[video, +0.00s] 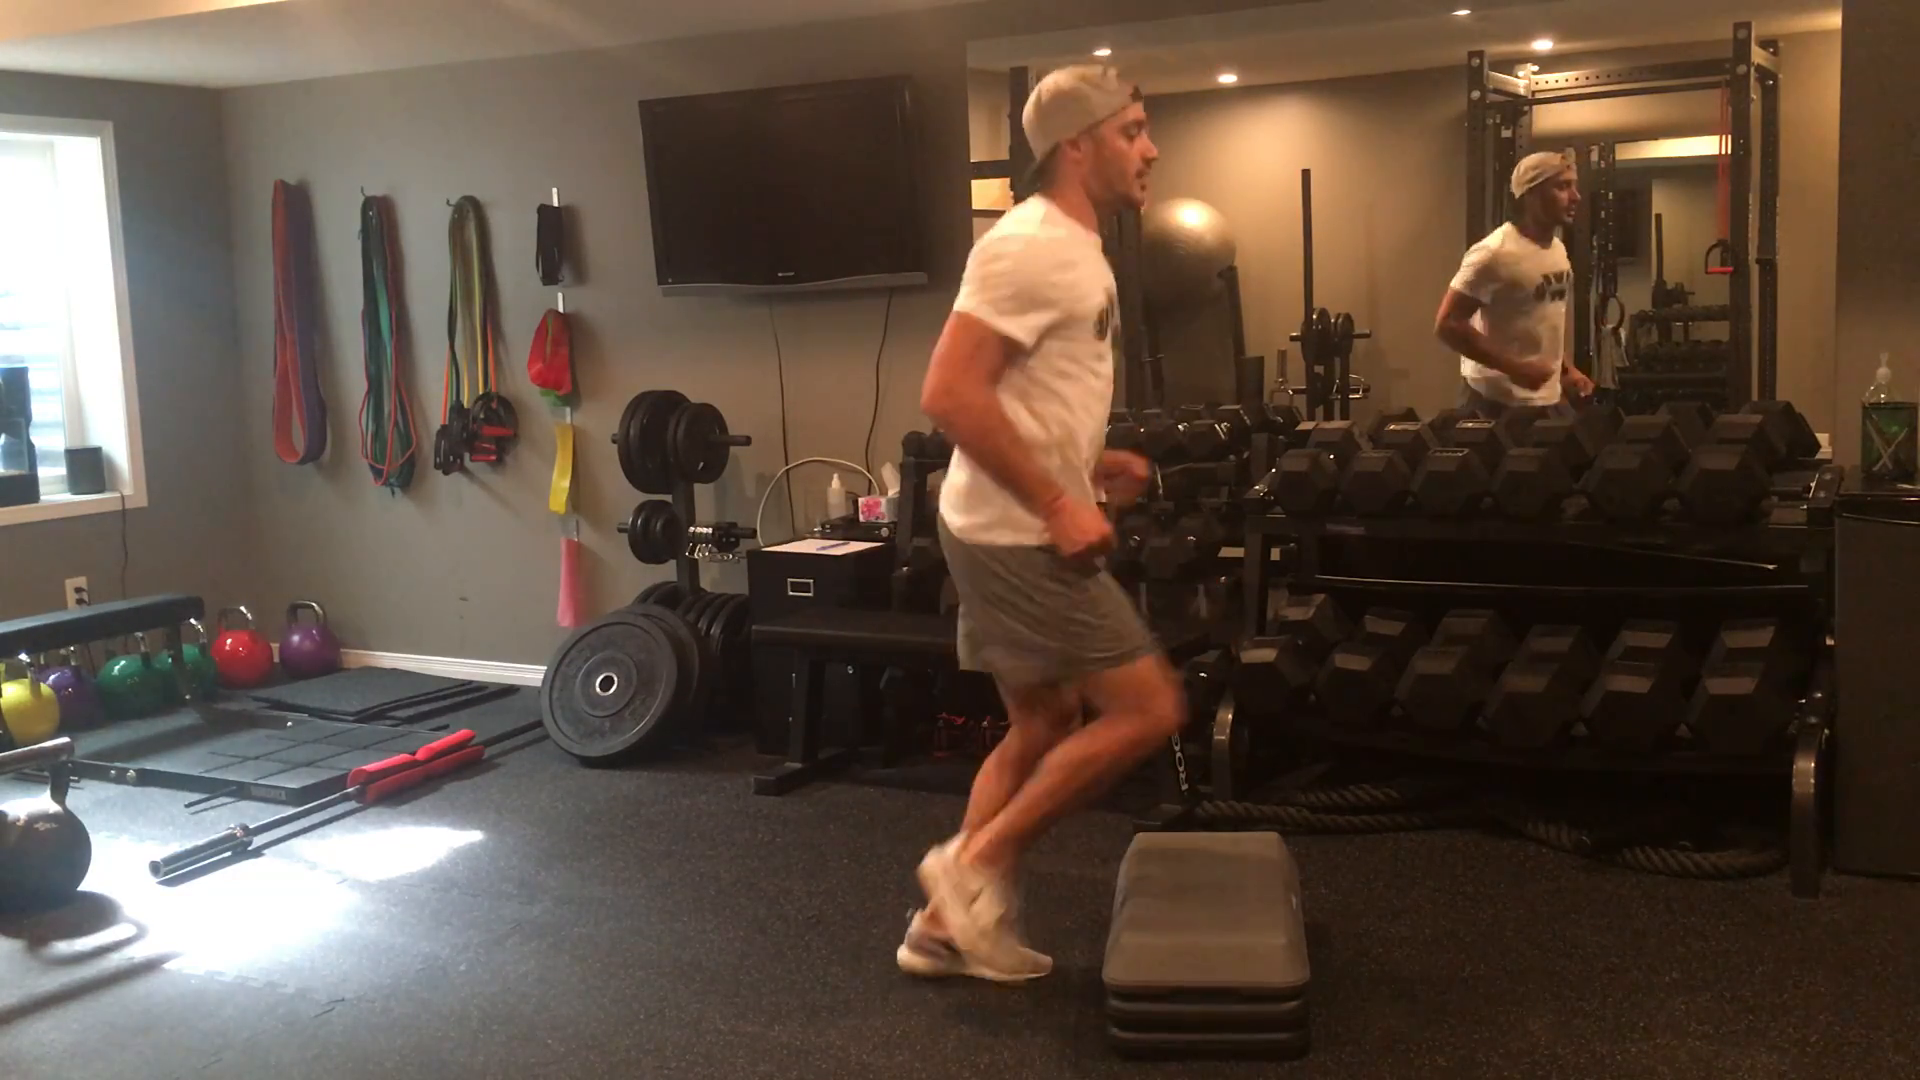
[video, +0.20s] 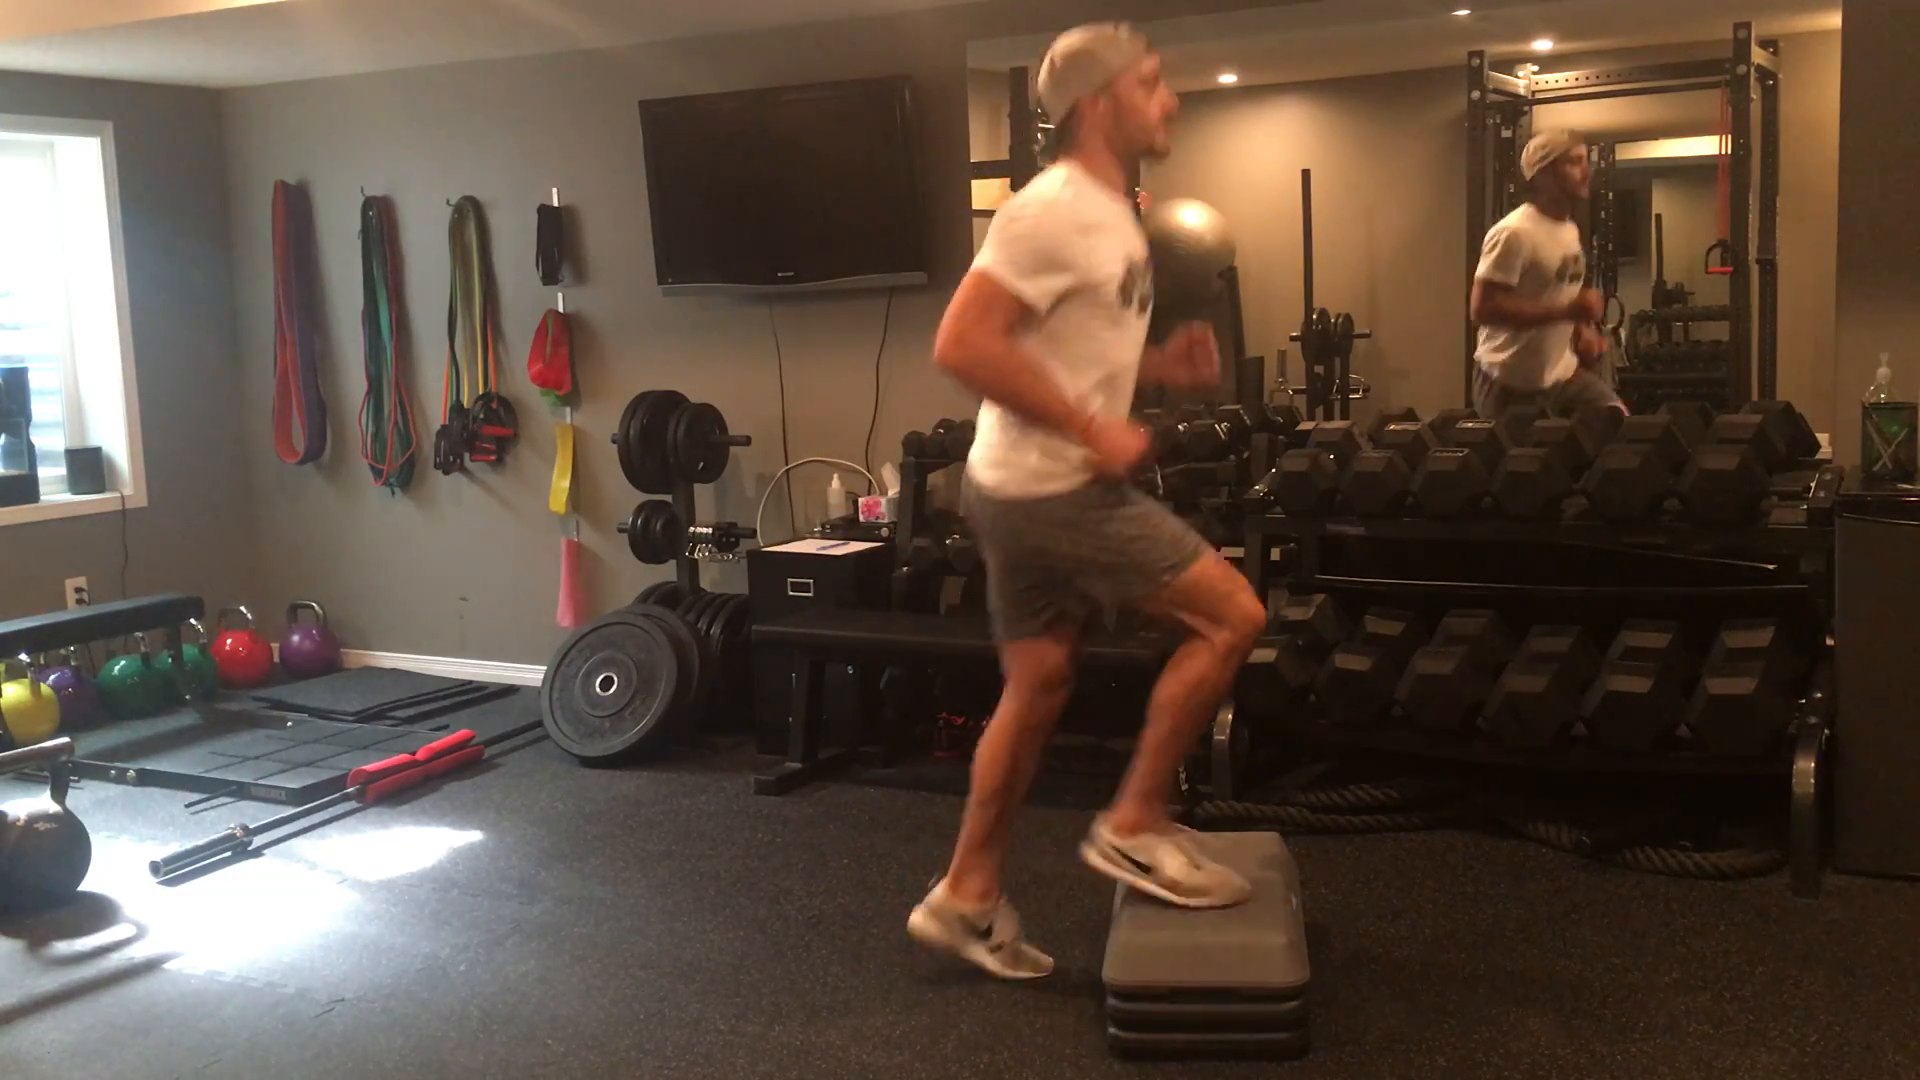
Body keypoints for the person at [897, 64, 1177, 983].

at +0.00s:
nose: (1148, 149)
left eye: (1145, 131)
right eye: (1132, 133)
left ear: (1083, 150)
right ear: (1078, 147)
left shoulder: (1070, 248)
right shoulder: (1031, 244)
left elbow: (1004, 399)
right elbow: (951, 393)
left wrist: (1090, 459)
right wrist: (1056, 503)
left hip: (1014, 524)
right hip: (1011, 526)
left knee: (1042, 726)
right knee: (1147, 706)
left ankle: (945, 921)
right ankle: (974, 862)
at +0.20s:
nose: (1169, 100)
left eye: (1162, 83)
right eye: (1151, 84)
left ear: (1105, 108)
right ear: (1098, 106)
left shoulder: (1108, 212)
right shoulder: (1052, 206)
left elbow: (1058, 348)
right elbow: (963, 340)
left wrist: (1152, 363)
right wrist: (1088, 423)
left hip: (1023, 488)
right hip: (1046, 489)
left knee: (1036, 680)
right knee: (1231, 617)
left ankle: (964, 895)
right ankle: (1135, 822)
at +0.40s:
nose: (1195, 56)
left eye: (1190, 37)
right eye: (1176, 37)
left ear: (1125, 62)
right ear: (1119, 58)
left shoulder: (1120, 164)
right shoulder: (1085, 163)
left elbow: (1081, 321)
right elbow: (1048, 327)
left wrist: (1172, 370)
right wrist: (1184, 358)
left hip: (1098, 446)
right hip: (1083, 450)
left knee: (1170, 625)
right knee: (1212, 632)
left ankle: (1037, 778)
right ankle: (1143, 851)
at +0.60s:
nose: (1206, 8)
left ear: (1138, 11)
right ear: (1132, 3)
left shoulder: (1130, 105)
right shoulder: (1081, 95)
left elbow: (1075, 254)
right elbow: (1028, 255)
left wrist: (1158, 312)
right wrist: (1161, 305)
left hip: (1108, 390)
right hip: (1064, 394)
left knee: (1173, 593)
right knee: (1161, 597)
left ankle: (1153, 804)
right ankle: (1097, 826)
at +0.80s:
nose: (1177, 61)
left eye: (1173, 42)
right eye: (1159, 41)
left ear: (1118, 62)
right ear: (1099, 58)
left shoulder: (1110, 171)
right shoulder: (1051, 164)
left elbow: (1055, 316)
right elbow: (982, 312)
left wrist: (1142, 359)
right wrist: (1124, 361)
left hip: (1099, 452)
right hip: (1039, 459)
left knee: (1182, 612)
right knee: (1110, 664)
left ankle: (1144, 830)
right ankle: (968, 859)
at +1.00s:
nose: (1119, 142)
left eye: (1116, 123)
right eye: (1104, 124)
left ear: (1051, 140)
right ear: (1047, 139)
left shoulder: (1042, 238)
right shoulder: (988, 248)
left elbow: (1001, 390)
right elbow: (948, 407)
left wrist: (1081, 416)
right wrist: (1090, 412)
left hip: (1034, 512)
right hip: (963, 538)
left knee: (1175, 586)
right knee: (976, 759)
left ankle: (1096, 791)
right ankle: (915, 959)